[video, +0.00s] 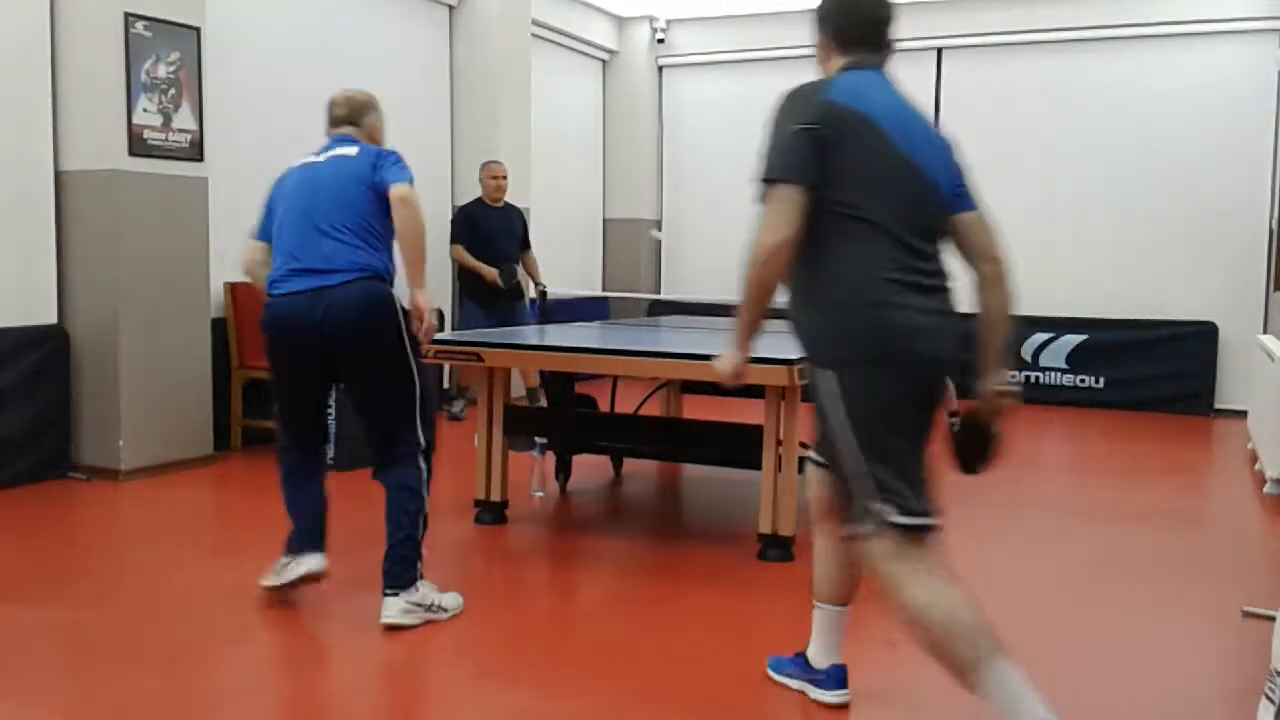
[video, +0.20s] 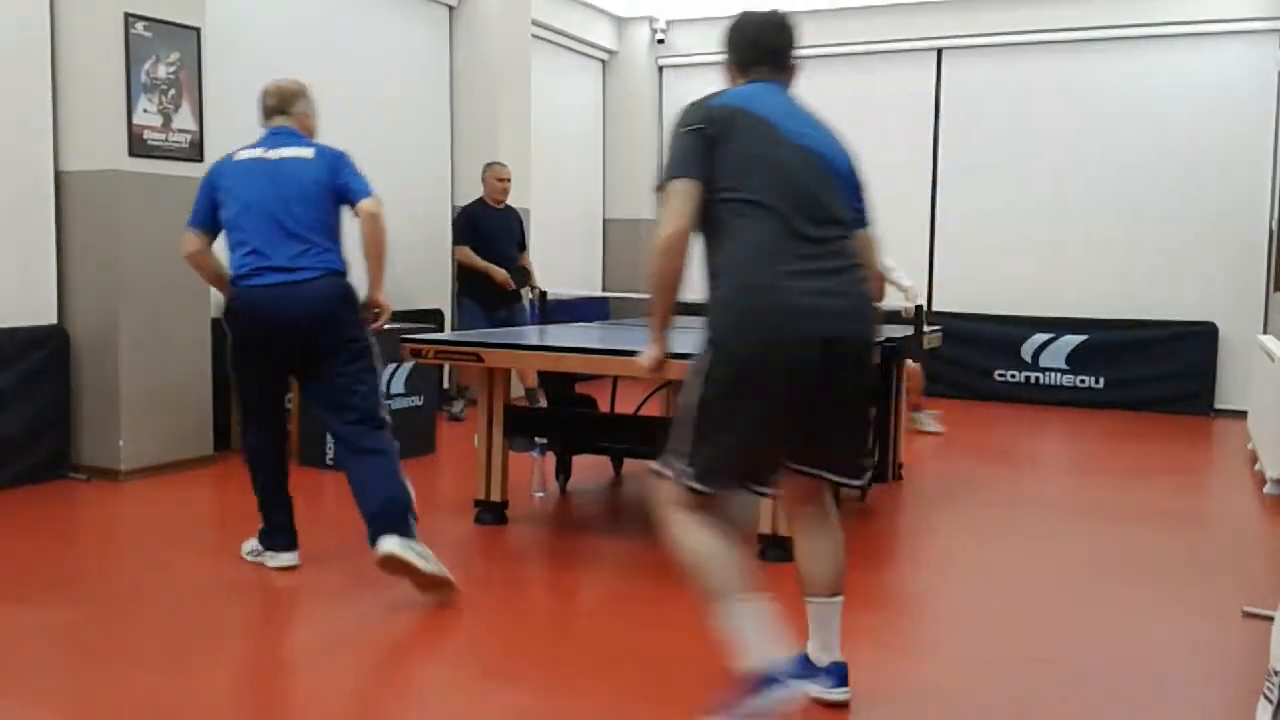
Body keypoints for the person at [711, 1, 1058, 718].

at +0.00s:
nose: (814, 50)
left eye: (816, 38)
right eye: (825, 37)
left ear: (823, 43)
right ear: (886, 46)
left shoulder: (810, 106)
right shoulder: (923, 129)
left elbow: (778, 239)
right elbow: (989, 260)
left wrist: (739, 345)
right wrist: (993, 377)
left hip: (855, 348)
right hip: (925, 344)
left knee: (892, 551)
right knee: (831, 493)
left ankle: (1028, 707)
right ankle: (822, 662)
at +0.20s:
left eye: (728, 61)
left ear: (729, 63)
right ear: (792, 66)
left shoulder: (710, 115)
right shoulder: (826, 138)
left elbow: (674, 232)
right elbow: (870, 266)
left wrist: (658, 338)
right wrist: (849, 345)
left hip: (752, 334)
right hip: (841, 338)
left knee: (678, 498)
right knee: (809, 493)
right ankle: (828, 664)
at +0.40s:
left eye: (633, 84)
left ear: (630, 87)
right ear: (690, 90)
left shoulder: (606, 148)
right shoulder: (722, 156)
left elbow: (561, 259)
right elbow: (758, 270)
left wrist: (557, 349)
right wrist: (704, 308)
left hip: (635, 360)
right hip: (731, 364)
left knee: (516, 477)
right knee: (768, 498)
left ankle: (433, 636)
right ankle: (823, 657)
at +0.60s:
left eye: (525, 60)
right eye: (566, 67)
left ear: (514, 66)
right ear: (575, 73)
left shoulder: (463, 127)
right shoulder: (596, 149)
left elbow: (402, 239)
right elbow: (640, 275)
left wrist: (439, 302)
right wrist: (626, 309)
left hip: (466, 339)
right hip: (562, 345)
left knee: (407, 479)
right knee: (635, 473)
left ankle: (404, 650)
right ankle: (686, 642)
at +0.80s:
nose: (483, 74)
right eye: (484, 64)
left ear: (418, 54)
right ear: (476, 63)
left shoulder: (360, 107)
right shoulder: (497, 131)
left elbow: (305, 224)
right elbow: (520, 270)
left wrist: (338, 294)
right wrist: (510, 345)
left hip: (350, 311)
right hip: (451, 321)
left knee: (296, 457)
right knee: (474, 480)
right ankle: (478, 667)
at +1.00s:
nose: (385, 100)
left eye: (383, 89)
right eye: (385, 89)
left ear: (319, 79)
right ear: (373, 88)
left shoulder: (251, 131)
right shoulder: (378, 155)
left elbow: (203, 252)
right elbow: (396, 297)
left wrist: (225, 324)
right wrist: (417, 384)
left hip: (214, 331)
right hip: (312, 340)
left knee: (174, 487)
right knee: (400, 488)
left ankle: (124, 656)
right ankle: (464, 661)